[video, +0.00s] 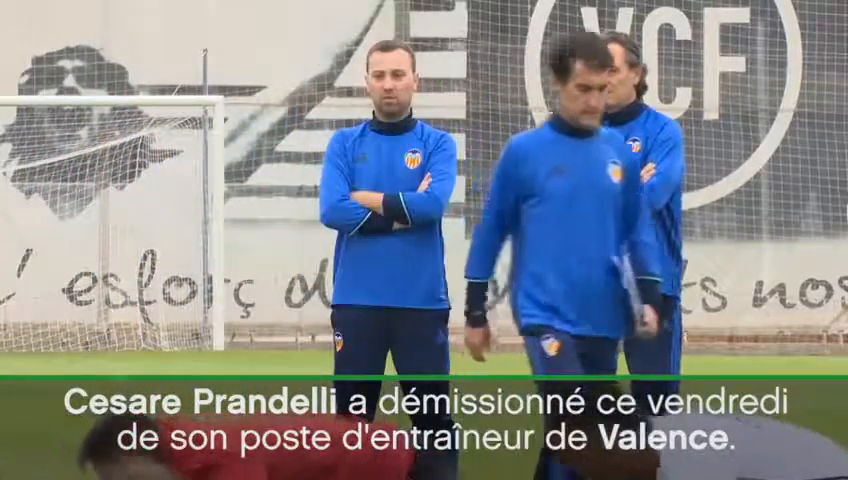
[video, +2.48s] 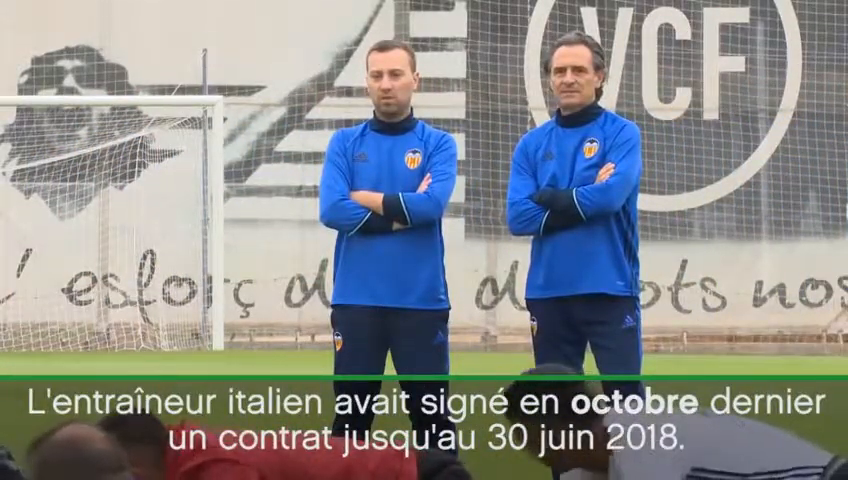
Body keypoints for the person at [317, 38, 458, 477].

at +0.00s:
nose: (388, 84)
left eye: (398, 75)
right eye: (379, 76)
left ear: (415, 82)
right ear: (367, 84)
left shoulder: (438, 142)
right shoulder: (344, 142)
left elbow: (433, 205)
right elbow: (332, 210)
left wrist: (361, 197)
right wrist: (404, 214)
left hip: (422, 304)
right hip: (357, 303)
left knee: (433, 419)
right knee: (352, 419)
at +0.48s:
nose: (388, 84)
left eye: (398, 75)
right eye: (379, 76)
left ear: (415, 82)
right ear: (367, 83)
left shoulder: (437, 142)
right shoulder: (343, 142)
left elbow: (432, 207)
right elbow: (331, 212)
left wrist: (363, 197)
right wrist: (407, 208)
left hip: (421, 301)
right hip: (356, 301)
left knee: (434, 413)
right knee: (353, 415)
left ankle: (446, 479)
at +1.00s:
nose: (386, 84)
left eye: (396, 75)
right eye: (377, 76)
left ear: (414, 82)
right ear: (366, 84)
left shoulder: (437, 142)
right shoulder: (343, 142)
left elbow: (433, 207)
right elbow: (331, 211)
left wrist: (361, 196)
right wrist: (406, 208)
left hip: (421, 301)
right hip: (356, 301)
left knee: (432, 417)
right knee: (351, 418)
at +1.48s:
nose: (386, 84)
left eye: (396, 75)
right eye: (376, 76)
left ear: (414, 82)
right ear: (366, 84)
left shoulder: (438, 142)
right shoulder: (343, 142)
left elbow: (432, 207)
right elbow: (331, 211)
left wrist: (362, 196)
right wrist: (405, 210)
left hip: (421, 299)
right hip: (357, 299)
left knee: (431, 414)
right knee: (351, 415)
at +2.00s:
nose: (386, 85)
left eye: (396, 75)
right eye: (376, 76)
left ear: (415, 81)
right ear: (367, 84)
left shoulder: (438, 142)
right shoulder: (344, 141)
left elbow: (431, 207)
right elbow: (331, 211)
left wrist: (363, 197)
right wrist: (404, 212)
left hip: (421, 300)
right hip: (357, 299)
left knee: (431, 416)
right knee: (351, 415)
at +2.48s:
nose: (386, 85)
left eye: (396, 75)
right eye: (377, 76)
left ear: (415, 81)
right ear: (367, 84)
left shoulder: (439, 143)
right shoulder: (344, 141)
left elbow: (431, 208)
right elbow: (331, 210)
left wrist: (361, 197)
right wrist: (402, 214)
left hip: (420, 301)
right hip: (356, 301)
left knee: (431, 416)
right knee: (351, 415)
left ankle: (440, 478)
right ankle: (346, 479)